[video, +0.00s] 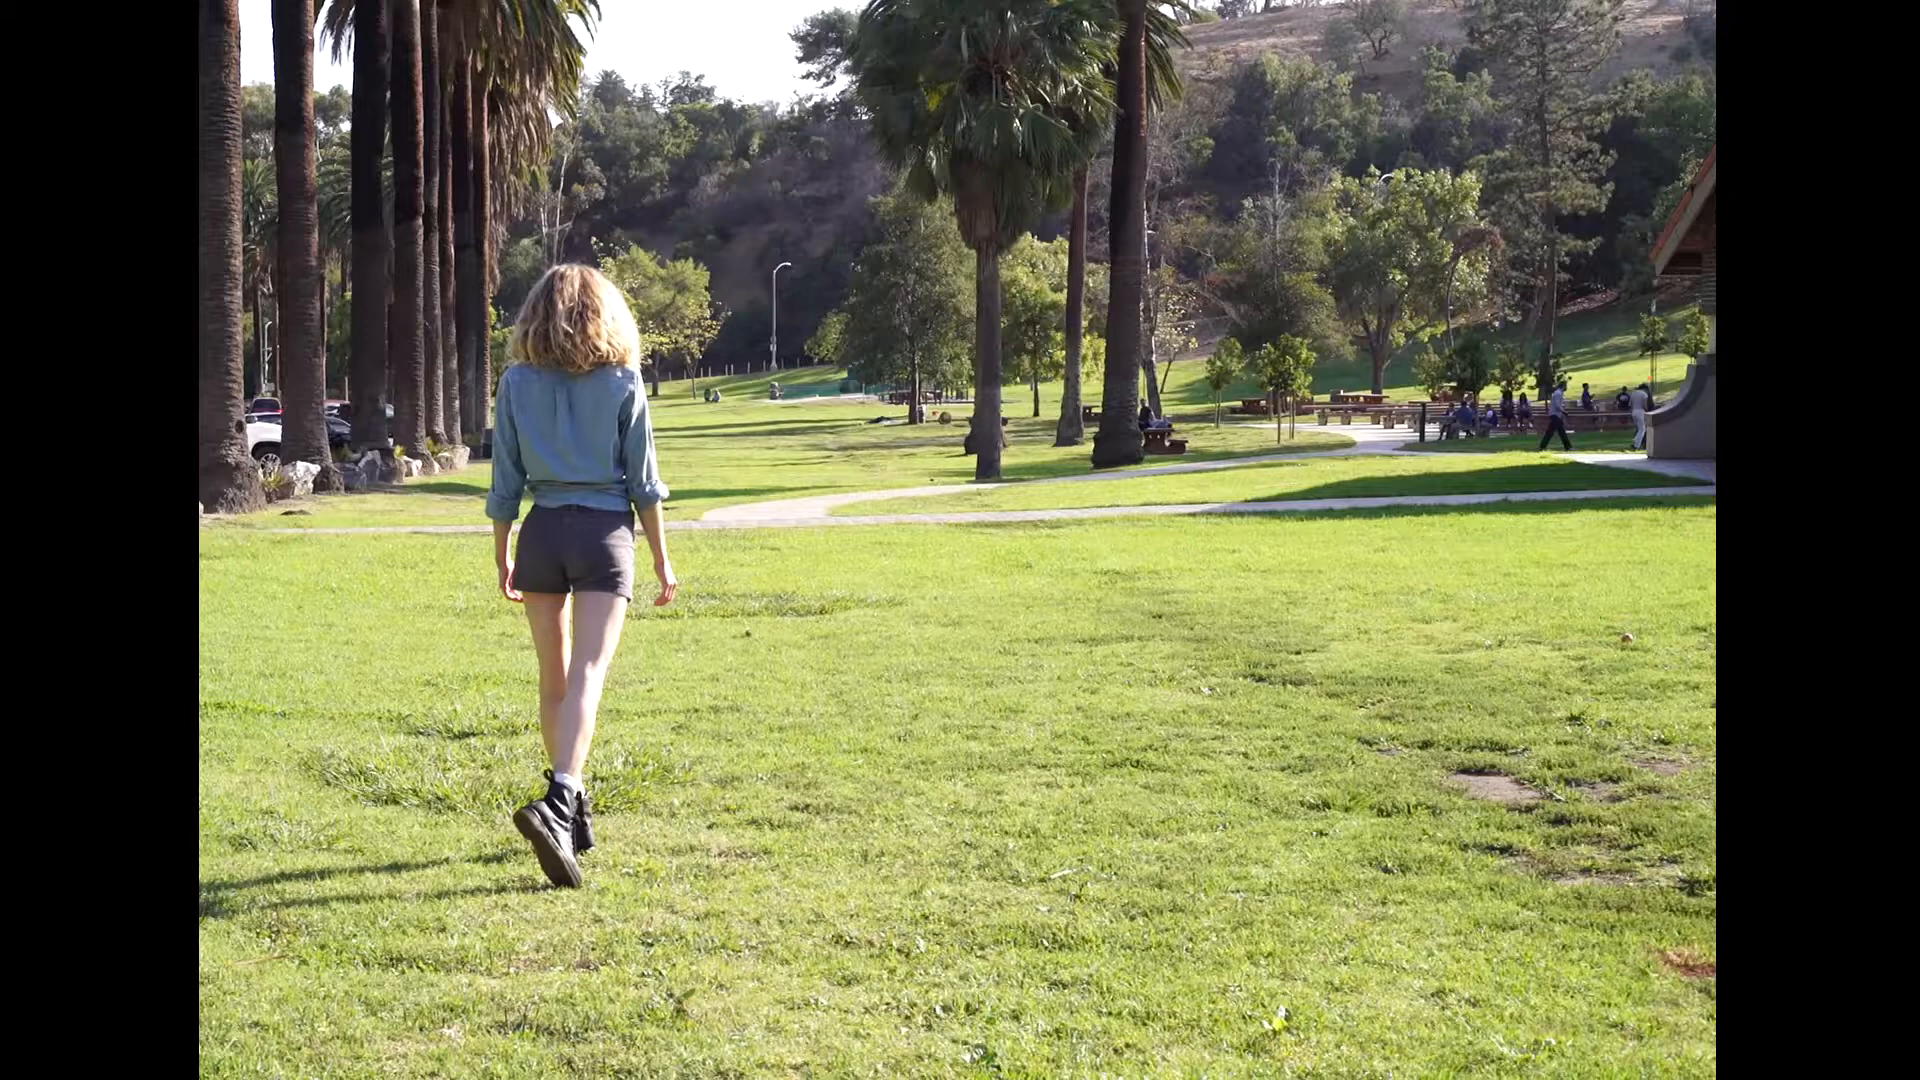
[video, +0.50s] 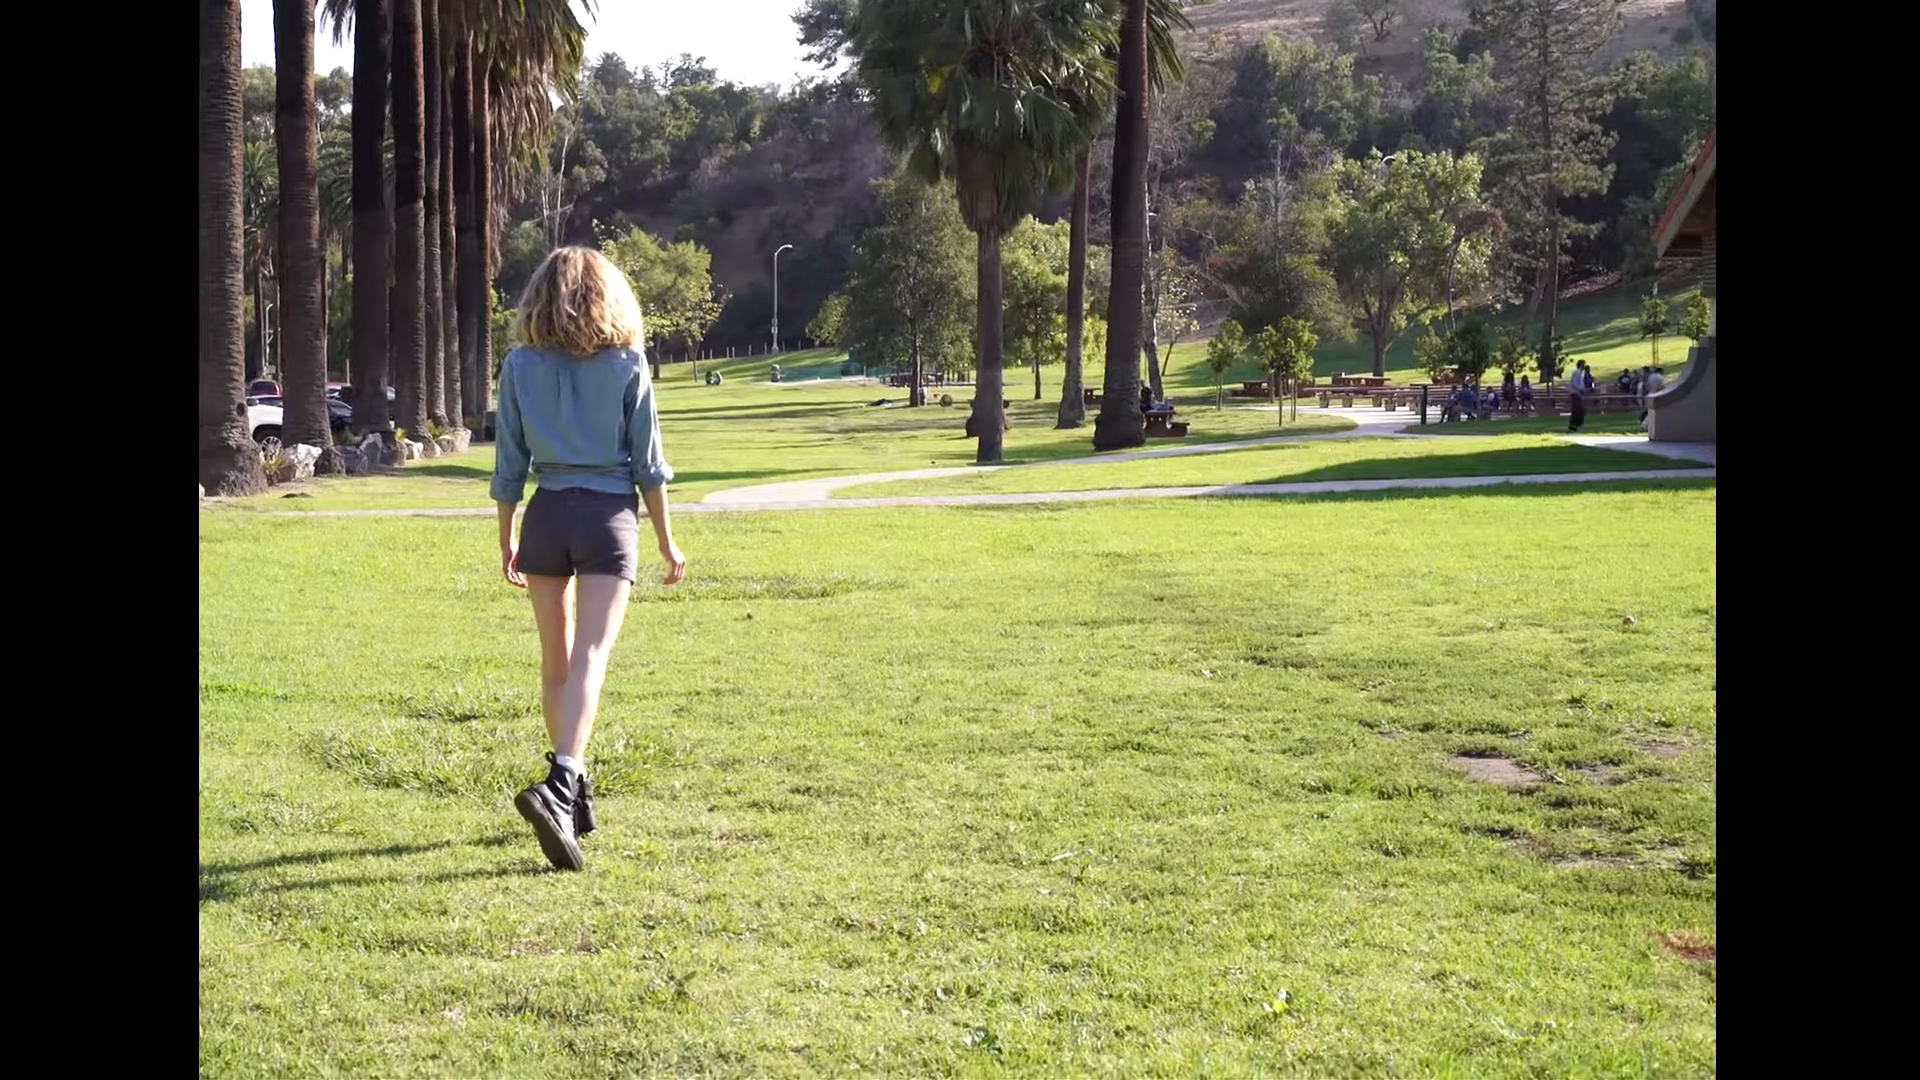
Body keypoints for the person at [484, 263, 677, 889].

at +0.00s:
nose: (615, 323)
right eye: (610, 311)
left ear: (537, 319)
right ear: (606, 318)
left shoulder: (516, 381)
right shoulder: (623, 382)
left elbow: (506, 476)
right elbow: (642, 480)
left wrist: (502, 553)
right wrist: (662, 558)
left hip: (540, 529)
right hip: (605, 530)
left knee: (553, 678)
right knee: (587, 672)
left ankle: (575, 808)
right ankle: (557, 802)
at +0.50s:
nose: (622, 305)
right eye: (616, 294)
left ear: (540, 301)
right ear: (610, 300)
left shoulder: (519, 365)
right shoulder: (628, 364)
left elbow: (510, 458)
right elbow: (647, 461)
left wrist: (507, 537)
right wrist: (667, 540)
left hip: (545, 512)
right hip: (610, 512)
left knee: (555, 661)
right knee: (590, 657)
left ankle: (576, 793)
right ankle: (558, 785)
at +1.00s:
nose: (628, 310)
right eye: (622, 299)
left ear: (545, 305)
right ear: (616, 305)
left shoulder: (522, 369)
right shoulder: (631, 368)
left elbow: (513, 466)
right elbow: (650, 466)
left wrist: (511, 541)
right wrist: (669, 544)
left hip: (546, 517)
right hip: (610, 516)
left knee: (558, 664)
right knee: (591, 657)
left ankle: (578, 797)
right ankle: (557, 787)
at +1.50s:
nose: (624, 311)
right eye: (619, 300)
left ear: (544, 306)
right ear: (612, 306)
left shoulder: (520, 369)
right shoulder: (627, 371)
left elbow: (510, 465)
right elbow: (645, 470)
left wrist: (506, 540)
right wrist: (663, 549)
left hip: (542, 516)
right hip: (606, 518)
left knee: (553, 663)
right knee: (589, 660)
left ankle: (575, 794)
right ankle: (558, 790)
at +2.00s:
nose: (620, 311)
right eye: (615, 300)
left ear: (540, 307)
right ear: (610, 307)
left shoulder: (518, 371)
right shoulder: (625, 372)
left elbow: (509, 468)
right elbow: (644, 470)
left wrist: (507, 543)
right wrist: (663, 549)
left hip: (541, 517)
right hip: (606, 517)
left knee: (553, 663)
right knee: (588, 660)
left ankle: (576, 795)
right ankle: (558, 790)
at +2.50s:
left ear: (515, 357)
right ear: (579, 338)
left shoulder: (511, 415)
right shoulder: (613, 382)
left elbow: (512, 498)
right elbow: (646, 444)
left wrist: (520, 555)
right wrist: (672, 509)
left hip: (546, 526)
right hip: (609, 516)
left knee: (554, 678)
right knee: (590, 671)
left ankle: (572, 800)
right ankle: (563, 808)